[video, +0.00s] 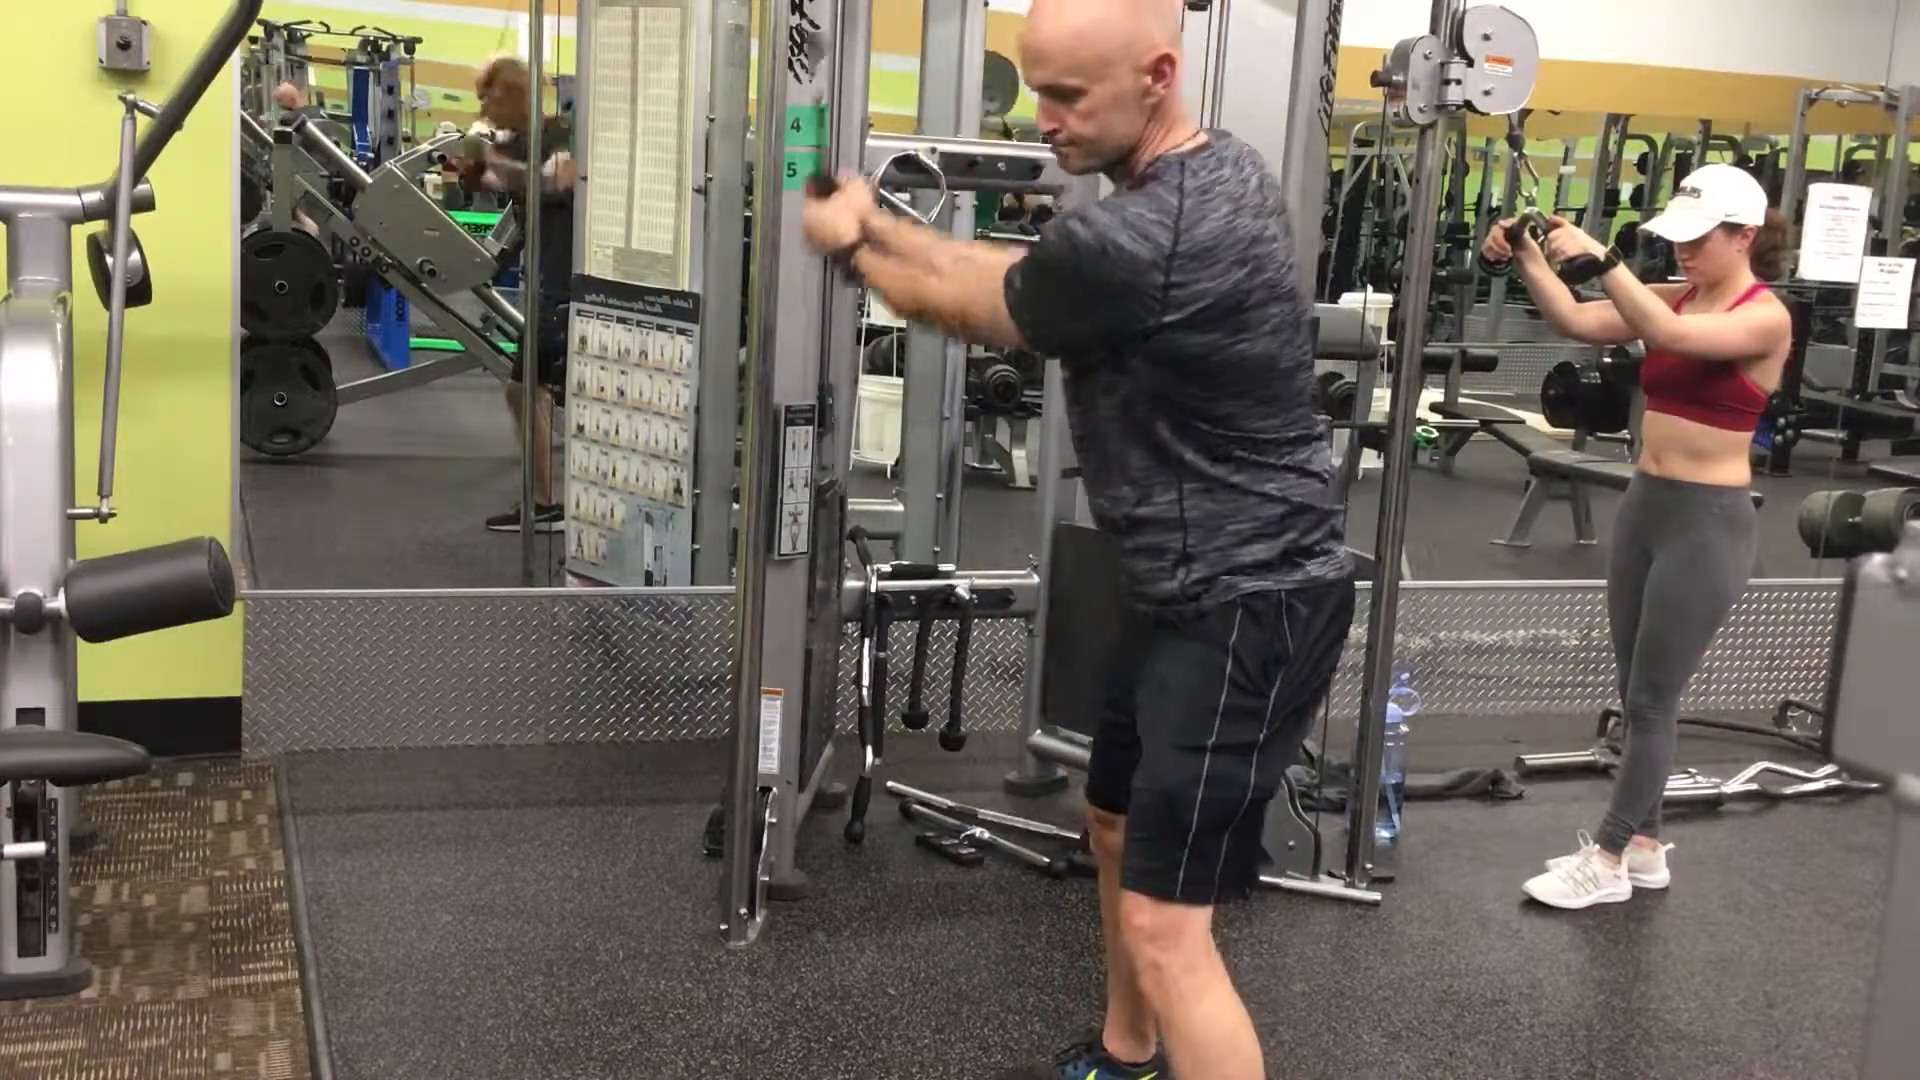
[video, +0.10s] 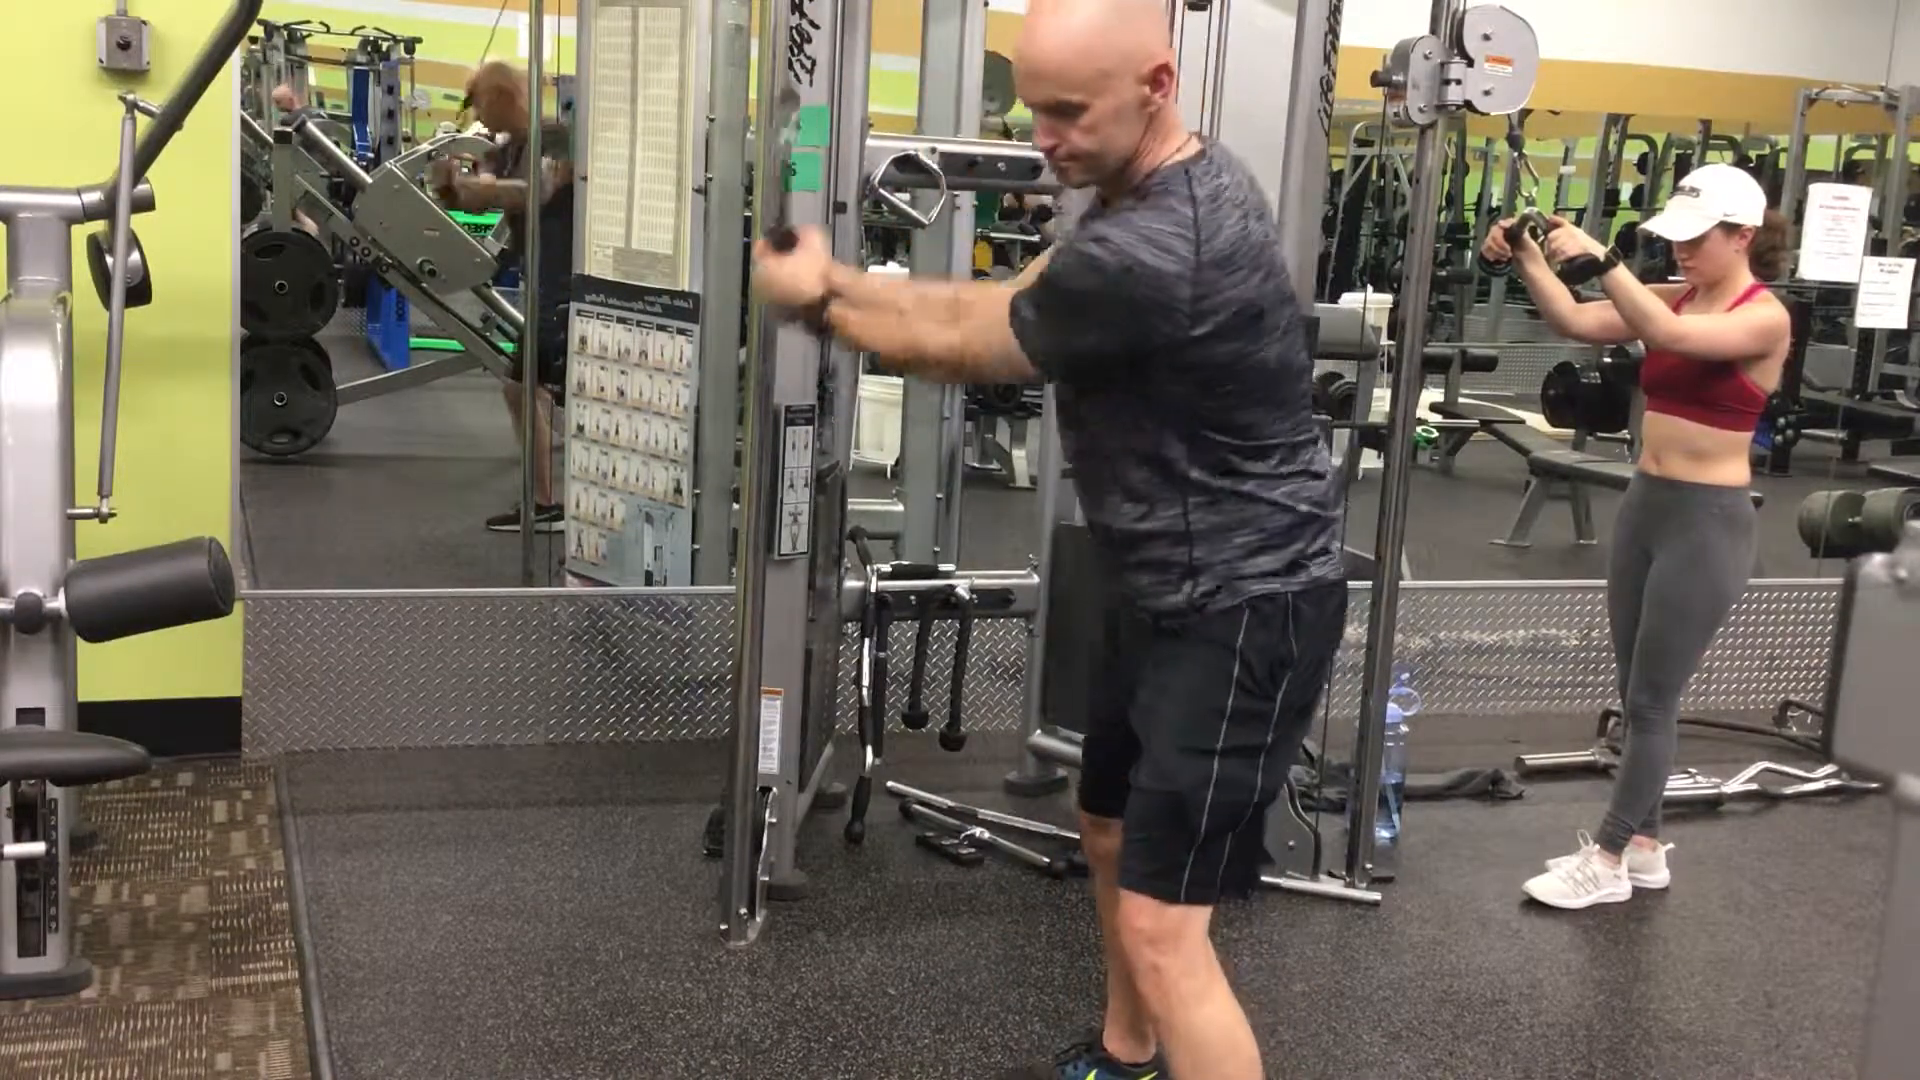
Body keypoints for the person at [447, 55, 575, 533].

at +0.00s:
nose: (485, 104)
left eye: (490, 94)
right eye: (484, 95)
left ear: (516, 92)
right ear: (498, 95)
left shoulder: (559, 135)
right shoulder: (508, 142)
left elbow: (560, 182)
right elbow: (498, 187)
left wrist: (496, 169)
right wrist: (469, 173)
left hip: (560, 278)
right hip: (540, 276)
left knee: (525, 391)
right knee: (542, 394)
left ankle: (545, 498)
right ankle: (549, 496)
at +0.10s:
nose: (477, 114)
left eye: (481, 102)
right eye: (474, 104)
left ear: (506, 96)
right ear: (496, 101)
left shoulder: (555, 139)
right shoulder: (503, 151)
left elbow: (538, 194)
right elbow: (483, 197)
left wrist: (483, 189)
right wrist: (452, 187)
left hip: (562, 280)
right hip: (533, 279)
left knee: (522, 385)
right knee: (525, 387)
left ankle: (546, 497)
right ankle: (545, 494)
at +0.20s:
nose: (471, 117)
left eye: (474, 106)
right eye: (469, 108)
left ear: (499, 100)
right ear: (499, 101)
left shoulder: (551, 140)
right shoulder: (499, 157)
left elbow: (515, 206)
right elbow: (476, 210)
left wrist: (435, 203)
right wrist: (430, 204)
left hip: (564, 288)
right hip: (542, 286)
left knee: (517, 389)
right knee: (547, 392)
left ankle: (543, 499)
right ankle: (554, 496)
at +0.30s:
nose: (470, 124)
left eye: (472, 113)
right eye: (467, 115)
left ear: (494, 105)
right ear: (496, 104)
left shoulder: (536, 147)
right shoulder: (506, 155)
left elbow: (503, 217)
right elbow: (477, 218)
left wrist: (420, 230)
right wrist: (425, 231)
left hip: (559, 292)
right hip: (545, 290)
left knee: (515, 389)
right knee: (555, 398)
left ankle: (544, 499)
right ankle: (557, 495)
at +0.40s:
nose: (462, 125)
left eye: (462, 115)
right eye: (461, 116)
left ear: (477, 108)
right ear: (499, 104)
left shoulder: (517, 150)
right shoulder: (528, 146)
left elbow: (485, 232)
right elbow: (491, 228)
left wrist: (415, 253)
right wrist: (430, 254)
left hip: (556, 296)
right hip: (564, 292)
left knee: (513, 388)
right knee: (556, 402)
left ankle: (544, 501)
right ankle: (571, 496)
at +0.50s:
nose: (456, 123)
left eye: (457, 115)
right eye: (456, 115)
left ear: (471, 113)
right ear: (493, 109)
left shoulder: (502, 155)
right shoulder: (521, 150)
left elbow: (473, 241)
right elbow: (485, 246)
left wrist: (413, 272)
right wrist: (423, 272)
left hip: (559, 292)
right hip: (566, 287)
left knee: (522, 386)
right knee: (518, 382)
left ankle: (544, 500)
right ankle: (545, 497)